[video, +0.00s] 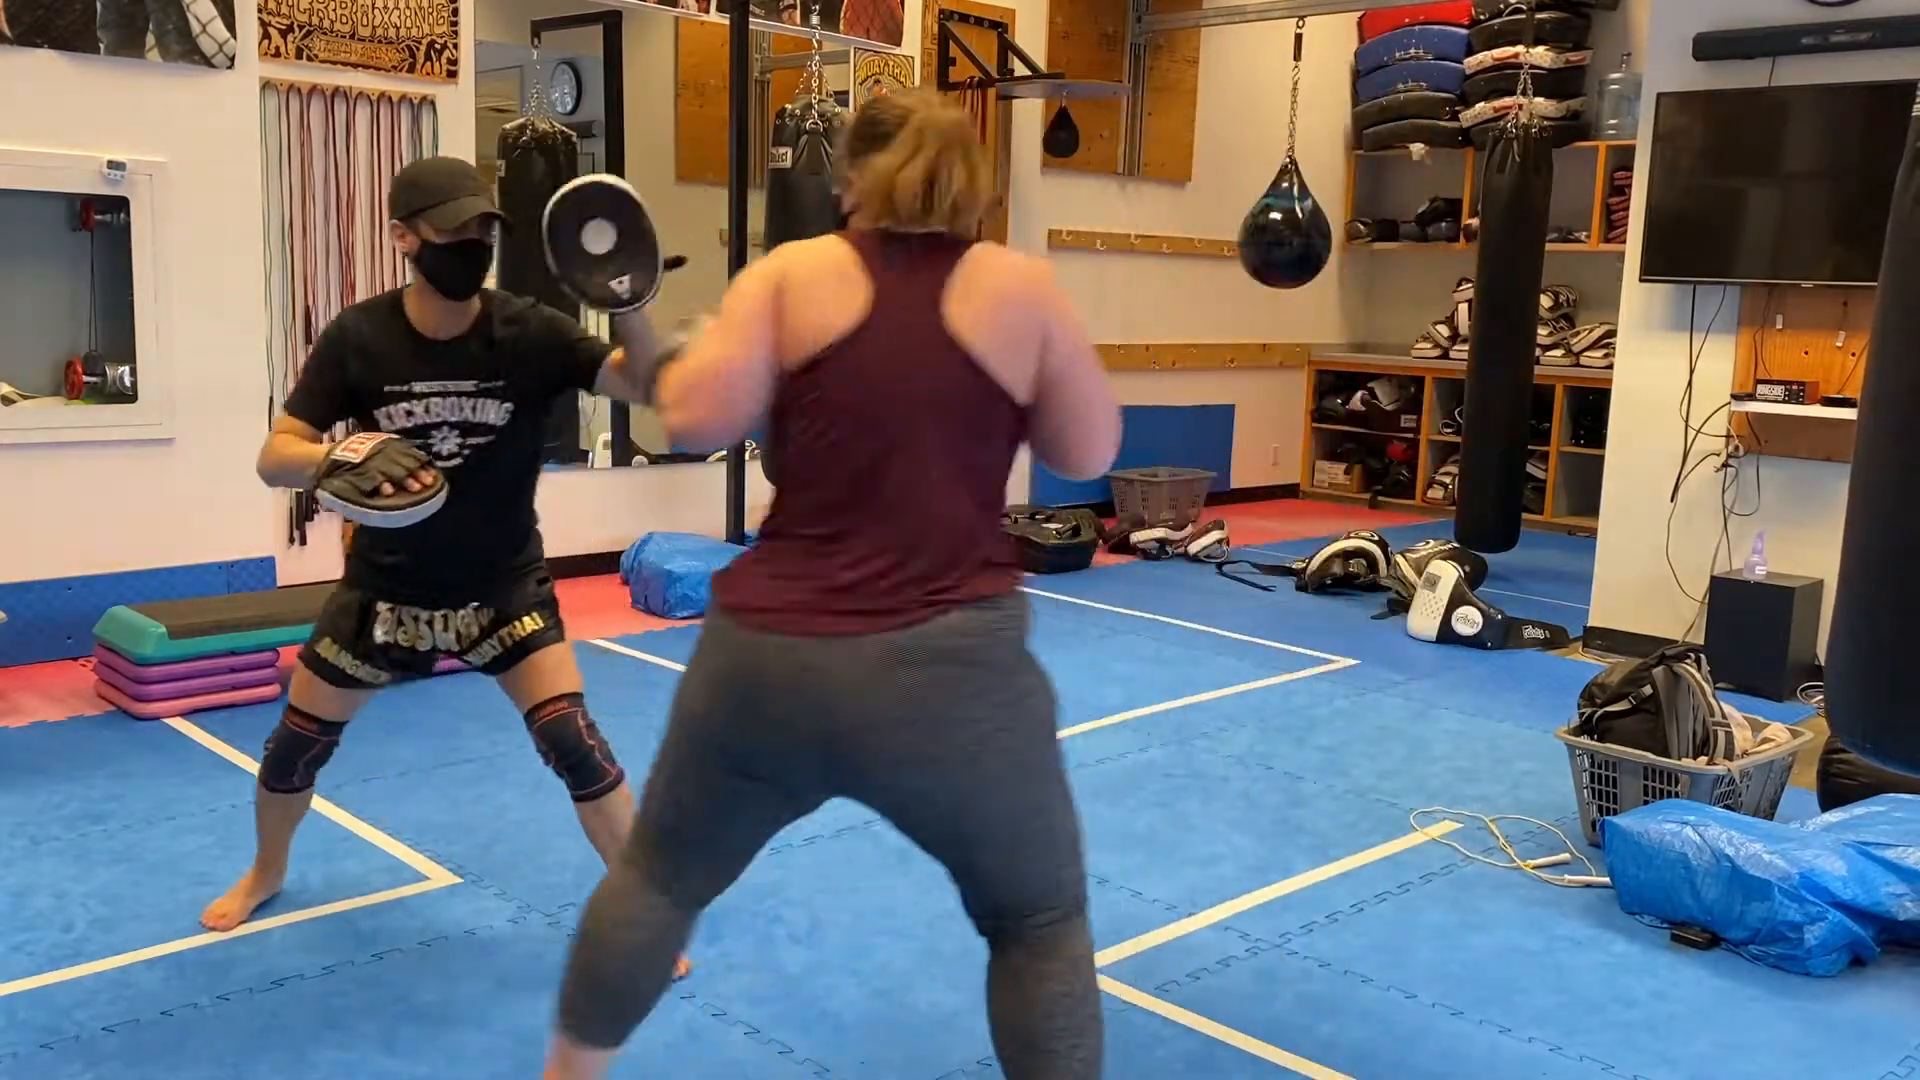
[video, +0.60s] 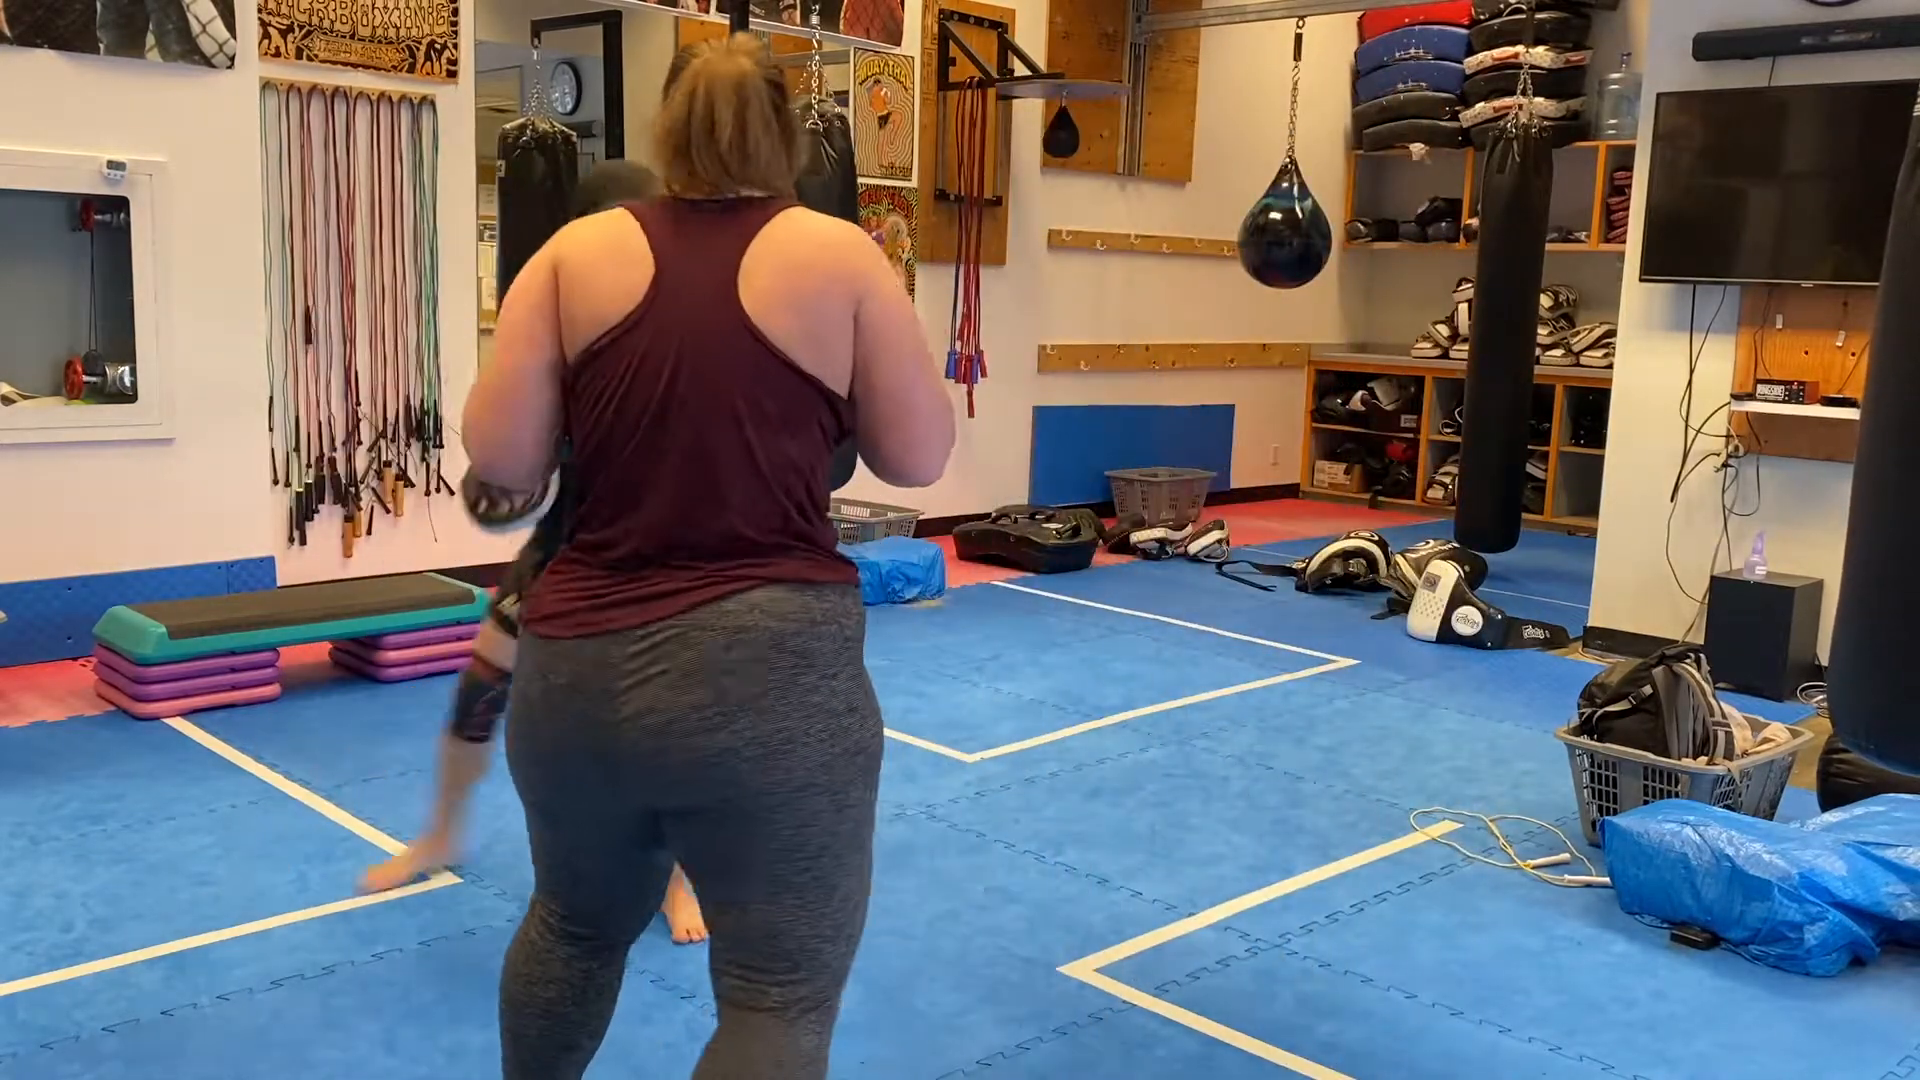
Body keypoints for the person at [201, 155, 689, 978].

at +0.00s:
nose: (475, 245)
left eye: (483, 228)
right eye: (454, 232)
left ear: (495, 228)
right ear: (405, 235)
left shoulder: (532, 335)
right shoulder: (358, 338)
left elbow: (642, 383)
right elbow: (277, 456)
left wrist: (628, 300)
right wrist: (337, 452)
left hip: (503, 581)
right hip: (383, 585)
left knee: (572, 743)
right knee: (293, 750)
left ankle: (653, 911)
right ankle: (267, 874)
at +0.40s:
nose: (531, 297)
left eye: (541, 279)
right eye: (511, 283)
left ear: (560, 274)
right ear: (481, 284)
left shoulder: (585, 357)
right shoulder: (432, 362)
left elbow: (630, 461)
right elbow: (352, 454)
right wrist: (404, 506)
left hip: (560, 584)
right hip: (441, 586)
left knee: (623, 731)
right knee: (335, 745)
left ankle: (669, 874)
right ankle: (264, 870)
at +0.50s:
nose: (577, 276)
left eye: (592, 257)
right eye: (562, 258)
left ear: (611, 258)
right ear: (532, 259)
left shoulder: (643, 342)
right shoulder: (501, 338)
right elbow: (438, 419)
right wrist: (455, 483)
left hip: (614, 566)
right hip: (514, 558)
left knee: (649, 716)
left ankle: (673, 872)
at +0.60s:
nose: (622, 255)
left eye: (633, 229)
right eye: (606, 233)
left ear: (663, 219)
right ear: (591, 233)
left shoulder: (712, 312)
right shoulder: (574, 301)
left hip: (675, 534)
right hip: (573, 524)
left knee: (679, 692)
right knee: (484, 675)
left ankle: (680, 863)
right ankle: (440, 838)